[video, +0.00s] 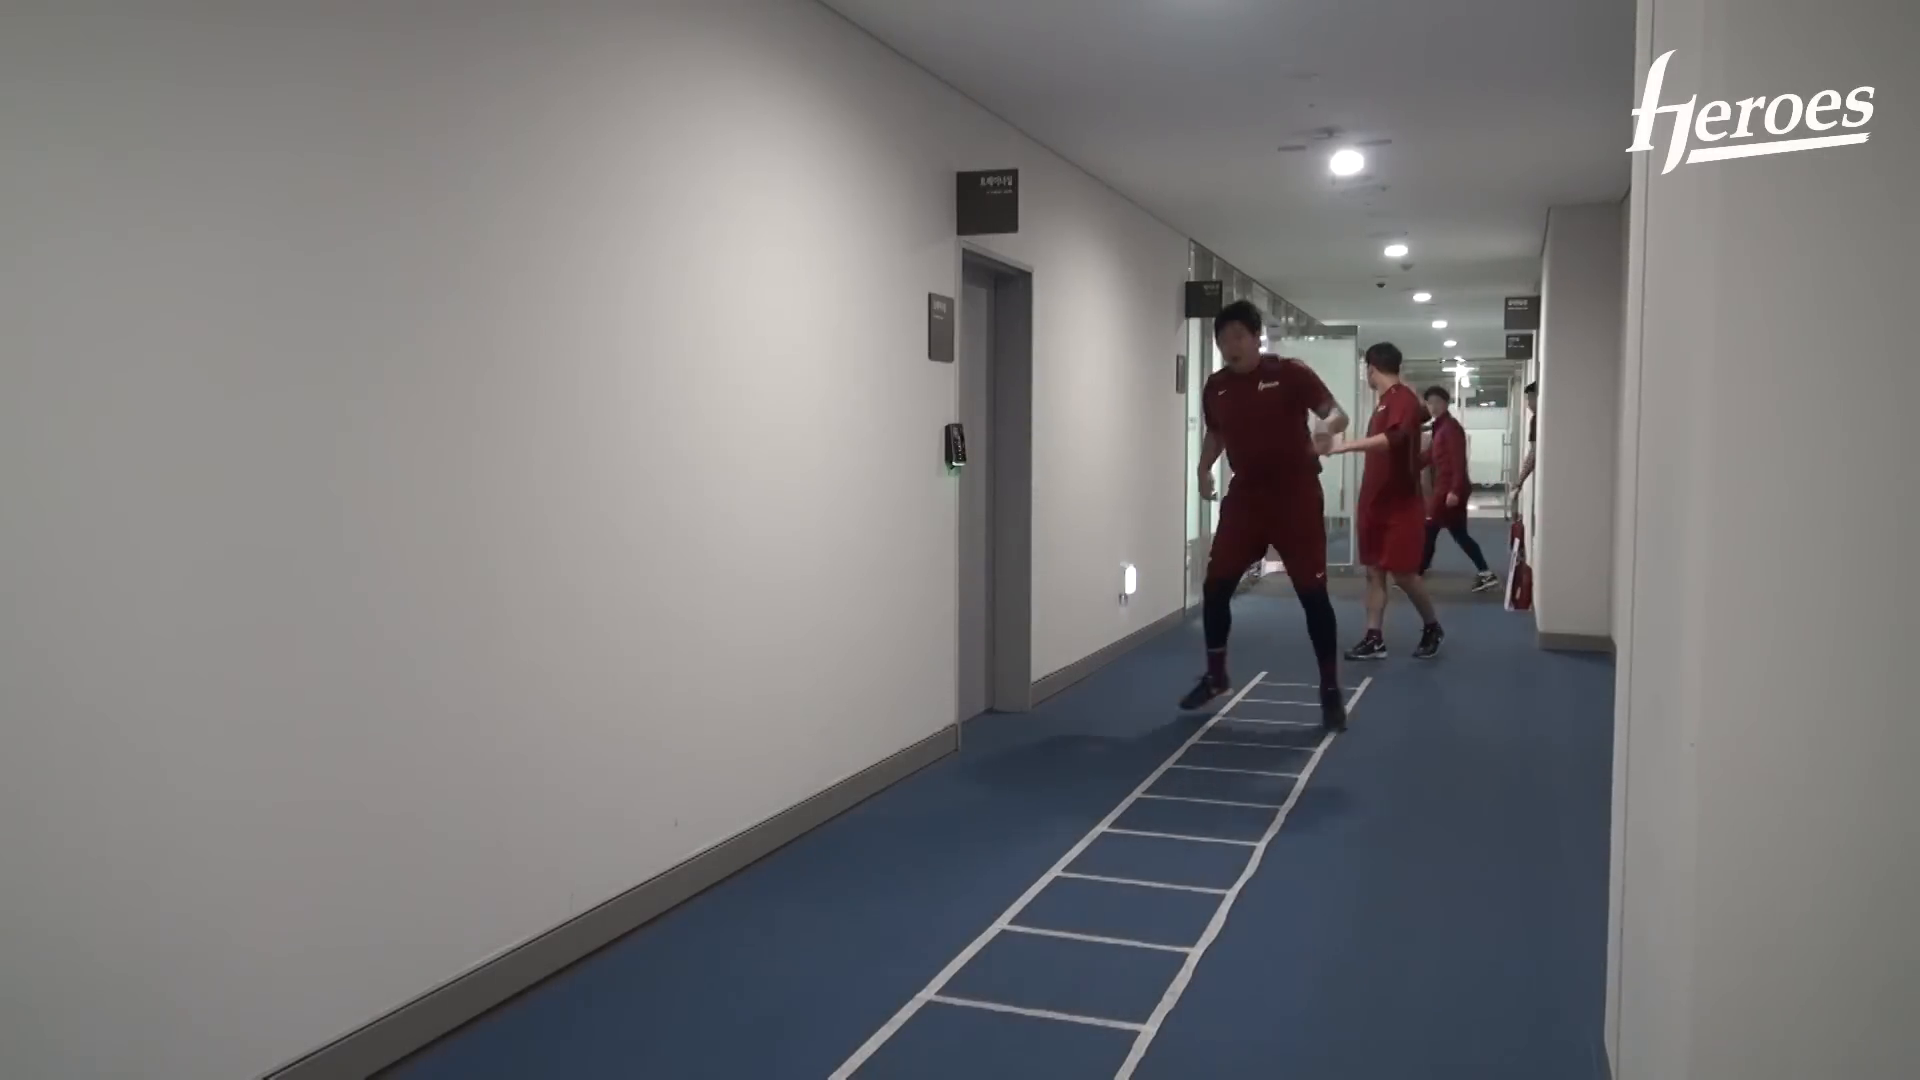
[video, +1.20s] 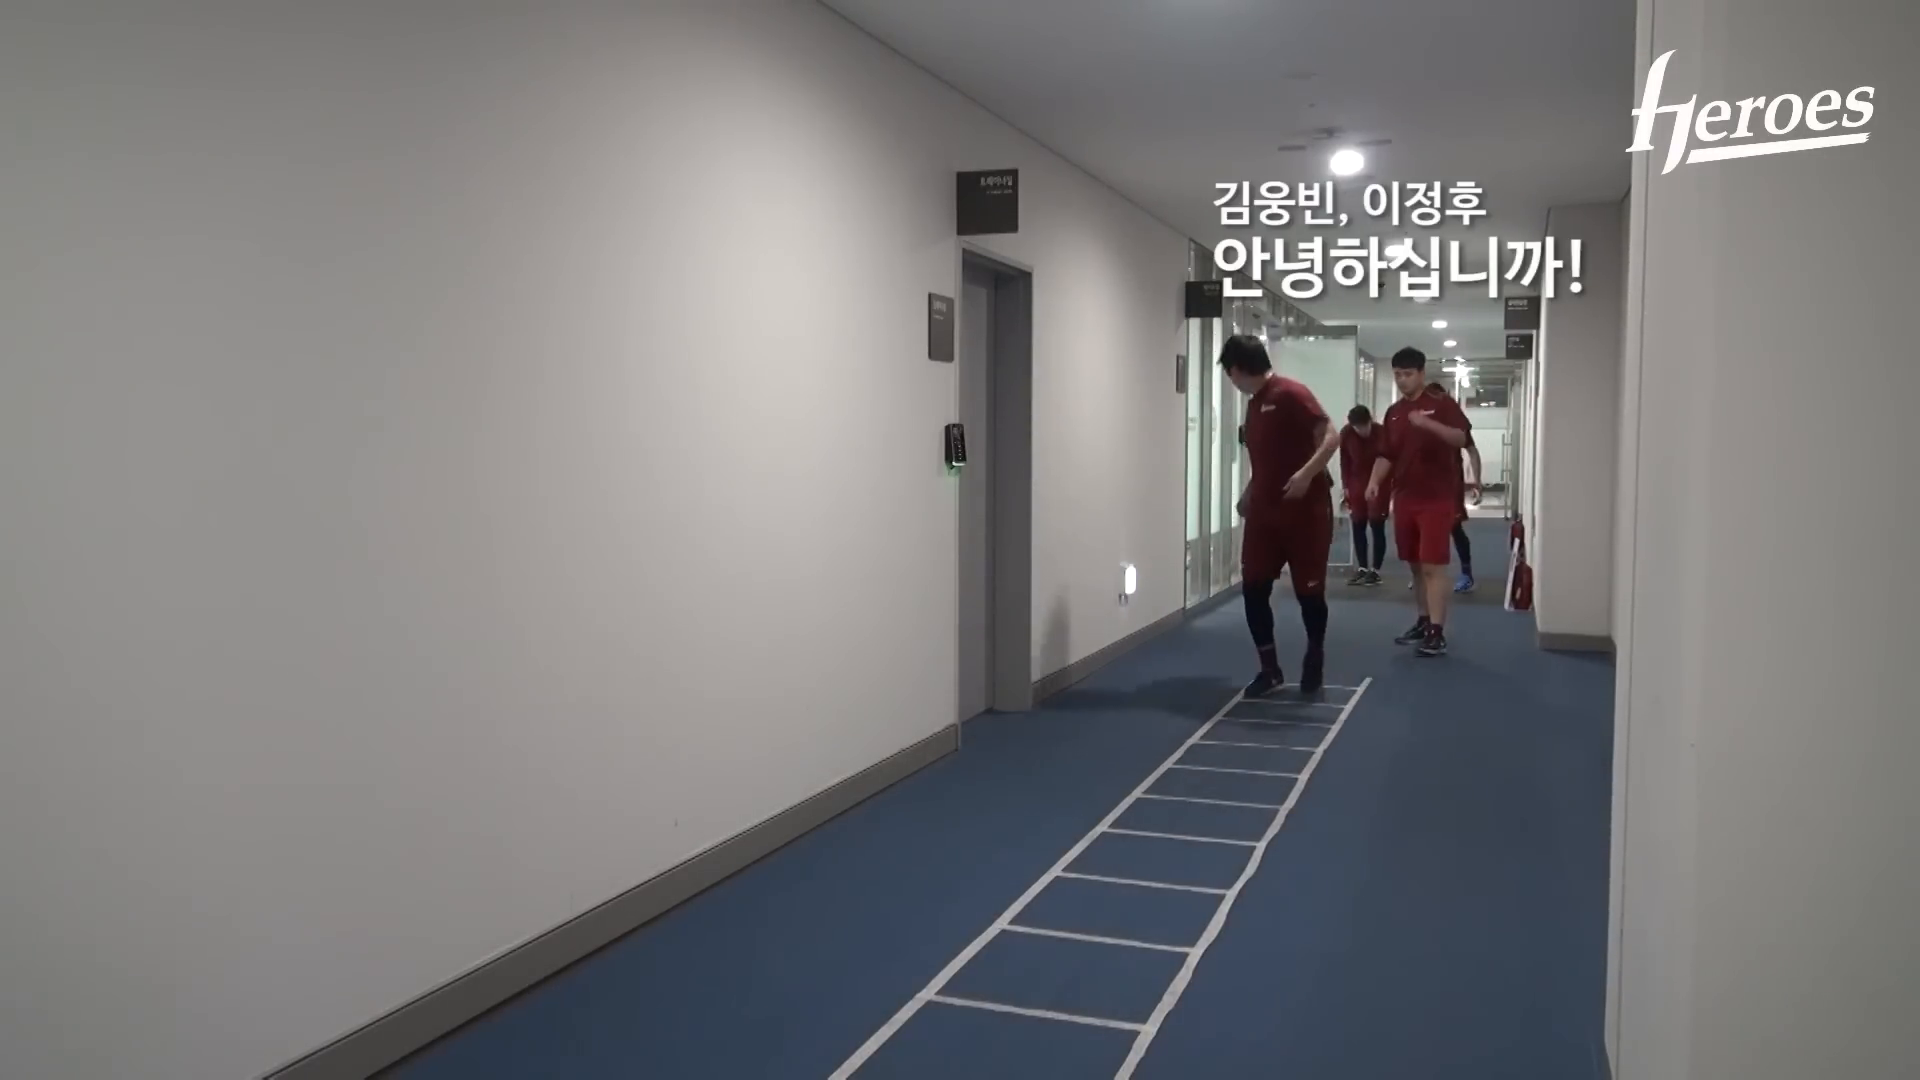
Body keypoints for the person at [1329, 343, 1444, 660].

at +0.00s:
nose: (1367, 376)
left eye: (1367, 370)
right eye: (1367, 371)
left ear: (1373, 368)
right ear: (1394, 367)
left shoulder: (1402, 397)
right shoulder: (1388, 400)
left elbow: (1397, 435)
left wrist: (1344, 446)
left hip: (1400, 502)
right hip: (1377, 501)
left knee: (1402, 572)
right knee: (1375, 570)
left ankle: (1432, 627)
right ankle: (1373, 636)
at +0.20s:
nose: (1379, 378)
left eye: (1379, 371)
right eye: (1379, 372)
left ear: (1385, 371)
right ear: (1407, 369)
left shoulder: (1416, 401)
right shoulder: (1400, 403)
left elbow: (1417, 445)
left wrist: (1375, 469)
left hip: (1417, 503)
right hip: (1392, 503)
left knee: (1417, 573)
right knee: (1384, 570)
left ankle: (1435, 633)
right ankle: (1374, 635)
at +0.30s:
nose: (1383, 380)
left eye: (1384, 374)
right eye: (1384, 374)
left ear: (1391, 374)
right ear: (1409, 372)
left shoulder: (1425, 406)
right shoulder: (1400, 408)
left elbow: (1428, 455)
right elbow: (1400, 457)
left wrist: (1406, 494)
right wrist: (1389, 490)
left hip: (1424, 502)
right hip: (1397, 500)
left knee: (1422, 572)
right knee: (1389, 570)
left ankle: (1435, 635)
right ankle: (1373, 634)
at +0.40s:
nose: (1386, 378)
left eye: (1387, 373)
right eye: (1387, 373)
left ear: (1395, 373)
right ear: (1411, 371)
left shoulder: (1430, 407)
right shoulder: (1399, 409)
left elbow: (1439, 457)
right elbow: (1400, 459)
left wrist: (1447, 500)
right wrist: (1388, 491)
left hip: (1426, 505)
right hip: (1400, 504)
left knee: (1427, 573)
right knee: (1391, 568)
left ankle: (1436, 635)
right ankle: (1375, 631)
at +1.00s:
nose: (1397, 378)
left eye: (1401, 372)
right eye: (1395, 373)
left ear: (1420, 369)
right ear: (1403, 373)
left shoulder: (1446, 402)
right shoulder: (1402, 409)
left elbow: (1465, 444)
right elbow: (1391, 448)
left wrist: (1438, 475)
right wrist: (1378, 475)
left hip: (1437, 499)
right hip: (1407, 499)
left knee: (1431, 566)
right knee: (1411, 564)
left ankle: (1436, 633)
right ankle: (1423, 619)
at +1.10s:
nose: (1399, 378)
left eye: (1404, 372)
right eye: (1396, 374)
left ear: (1421, 371)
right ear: (1397, 376)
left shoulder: (1445, 404)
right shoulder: (1398, 411)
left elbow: (1463, 441)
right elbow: (1388, 449)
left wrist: (1430, 450)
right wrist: (1378, 471)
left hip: (1439, 500)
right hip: (1408, 500)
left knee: (1431, 565)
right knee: (1415, 564)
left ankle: (1436, 633)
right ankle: (1425, 621)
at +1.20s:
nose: (1402, 379)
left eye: (1407, 374)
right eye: (1397, 374)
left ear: (1422, 373)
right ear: (1393, 376)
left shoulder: (1443, 404)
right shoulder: (1394, 412)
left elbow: (1461, 438)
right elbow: (1386, 453)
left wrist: (1428, 423)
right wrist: (1374, 481)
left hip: (1438, 498)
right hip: (1406, 498)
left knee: (1433, 565)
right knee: (1416, 564)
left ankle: (1436, 631)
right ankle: (1424, 622)